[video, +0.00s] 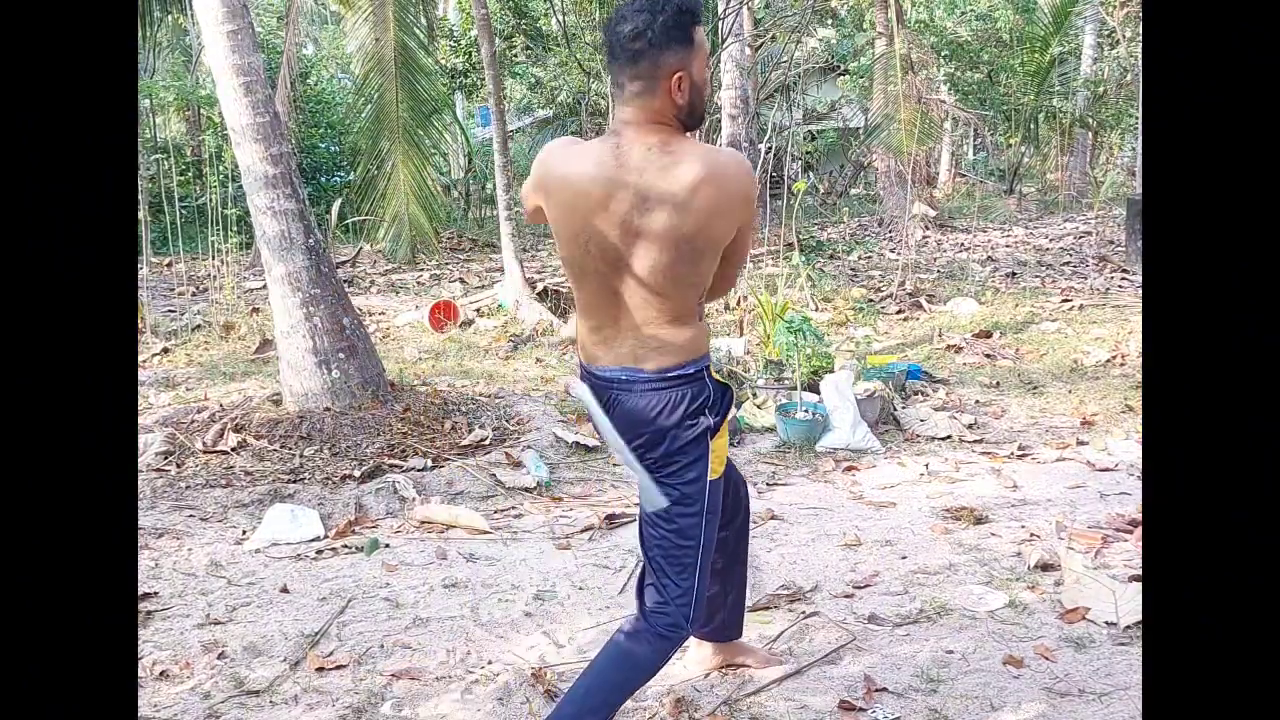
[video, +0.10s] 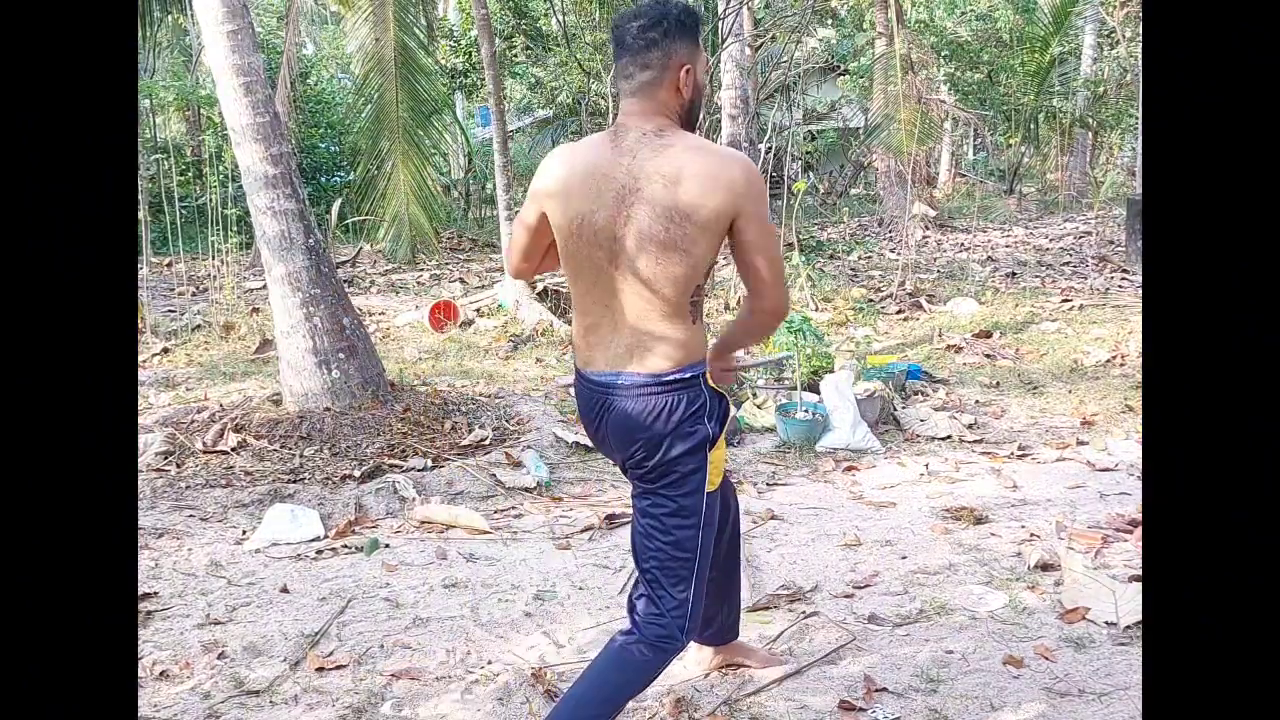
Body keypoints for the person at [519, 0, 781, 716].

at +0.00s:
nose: (707, 80)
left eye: (706, 67)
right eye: (703, 68)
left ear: (617, 76)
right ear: (678, 83)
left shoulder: (558, 163)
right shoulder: (730, 177)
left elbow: (538, 211)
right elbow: (719, 282)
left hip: (603, 389)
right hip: (678, 398)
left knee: (727, 492)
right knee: (667, 616)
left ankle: (721, 640)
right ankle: (562, 717)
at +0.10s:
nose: (703, 82)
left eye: (703, 70)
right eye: (701, 70)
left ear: (617, 76)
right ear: (683, 75)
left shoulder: (563, 165)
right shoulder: (728, 172)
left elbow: (522, 262)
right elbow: (770, 303)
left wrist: (597, 241)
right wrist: (723, 351)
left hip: (597, 402)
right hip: (675, 407)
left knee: (714, 494)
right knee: (663, 620)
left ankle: (720, 639)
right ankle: (561, 717)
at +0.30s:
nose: (729, 100)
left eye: (726, 90)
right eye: (729, 89)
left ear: (657, 86)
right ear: (715, 86)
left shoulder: (605, 167)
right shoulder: (737, 144)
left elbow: (587, 286)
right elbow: (827, 232)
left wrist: (700, 266)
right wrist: (805, 335)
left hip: (604, 379)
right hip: (673, 387)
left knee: (715, 490)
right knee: (649, 589)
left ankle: (716, 639)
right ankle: (556, 713)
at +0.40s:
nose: (751, 89)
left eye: (751, 79)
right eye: (753, 79)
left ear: (684, 74)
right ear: (740, 74)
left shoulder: (645, 143)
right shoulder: (738, 128)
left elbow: (638, 253)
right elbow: (811, 220)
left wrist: (715, 269)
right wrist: (848, 301)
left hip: (627, 347)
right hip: (672, 350)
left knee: (728, 483)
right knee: (697, 552)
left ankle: (715, 637)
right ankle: (580, 708)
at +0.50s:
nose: (767, 91)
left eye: (767, 80)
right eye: (769, 78)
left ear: (704, 68)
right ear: (754, 67)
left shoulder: (677, 129)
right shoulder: (725, 119)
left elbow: (651, 262)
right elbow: (776, 207)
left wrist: (725, 276)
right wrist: (873, 216)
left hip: (638, 337)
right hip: (671, 339)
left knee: (728, 492)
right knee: (760, 529)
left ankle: (715, 632)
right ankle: (633, 684)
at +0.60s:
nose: (786, 84)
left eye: (787, 73)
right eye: (789, 70)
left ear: (719, 55)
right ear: (776, 60)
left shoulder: (693, 122)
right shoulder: (721, 116)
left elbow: (700, 259)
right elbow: (776, 209)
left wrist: (755, 272)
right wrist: (826, 135)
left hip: (648, 331)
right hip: (680, 333)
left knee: (734, 488)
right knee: (797, 499)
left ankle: (713, 647)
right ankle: (737, 687)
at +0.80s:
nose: (808, 79)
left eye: (811, 65)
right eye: (807, 67)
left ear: (727, 58)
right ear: (792, 65)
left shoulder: (702, 123)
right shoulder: (744, 129)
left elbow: (754, 268)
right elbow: (846, 208)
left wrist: (760, 233)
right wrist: (834, 101)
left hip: (640, 333)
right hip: (682, 339)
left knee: (722, 465)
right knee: (785, 505)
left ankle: (690, 607)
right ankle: (753, 684)